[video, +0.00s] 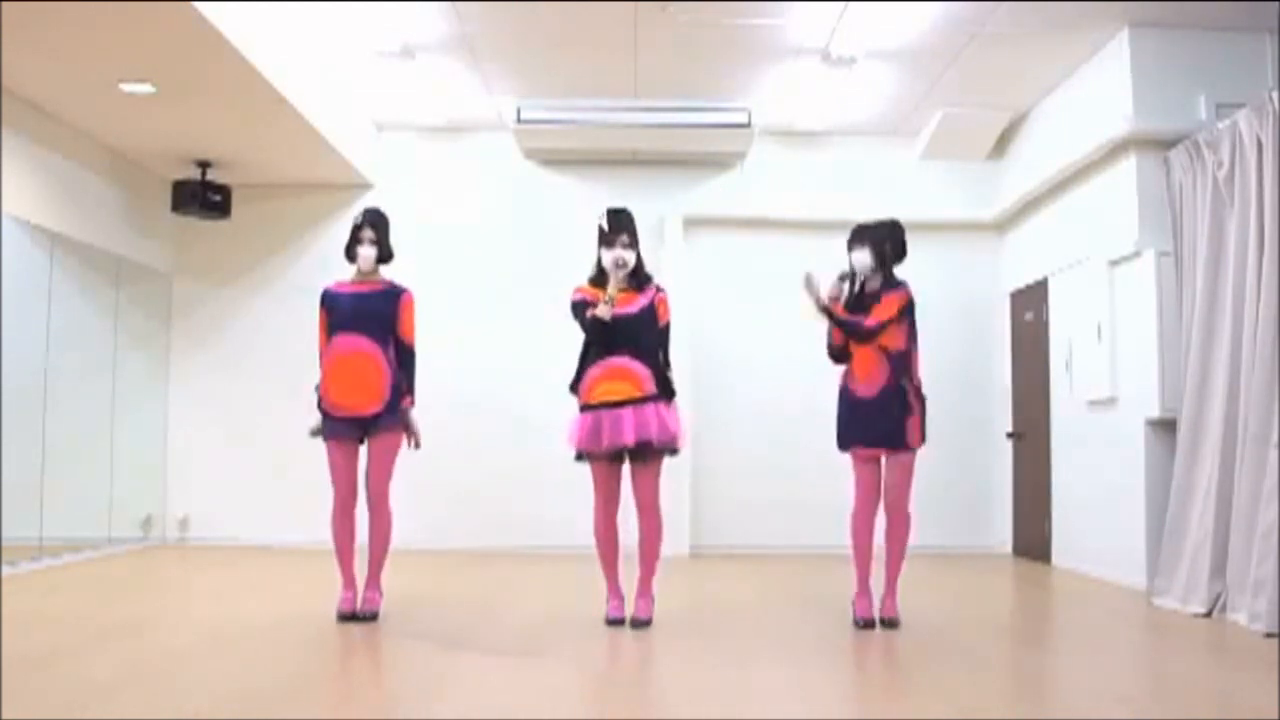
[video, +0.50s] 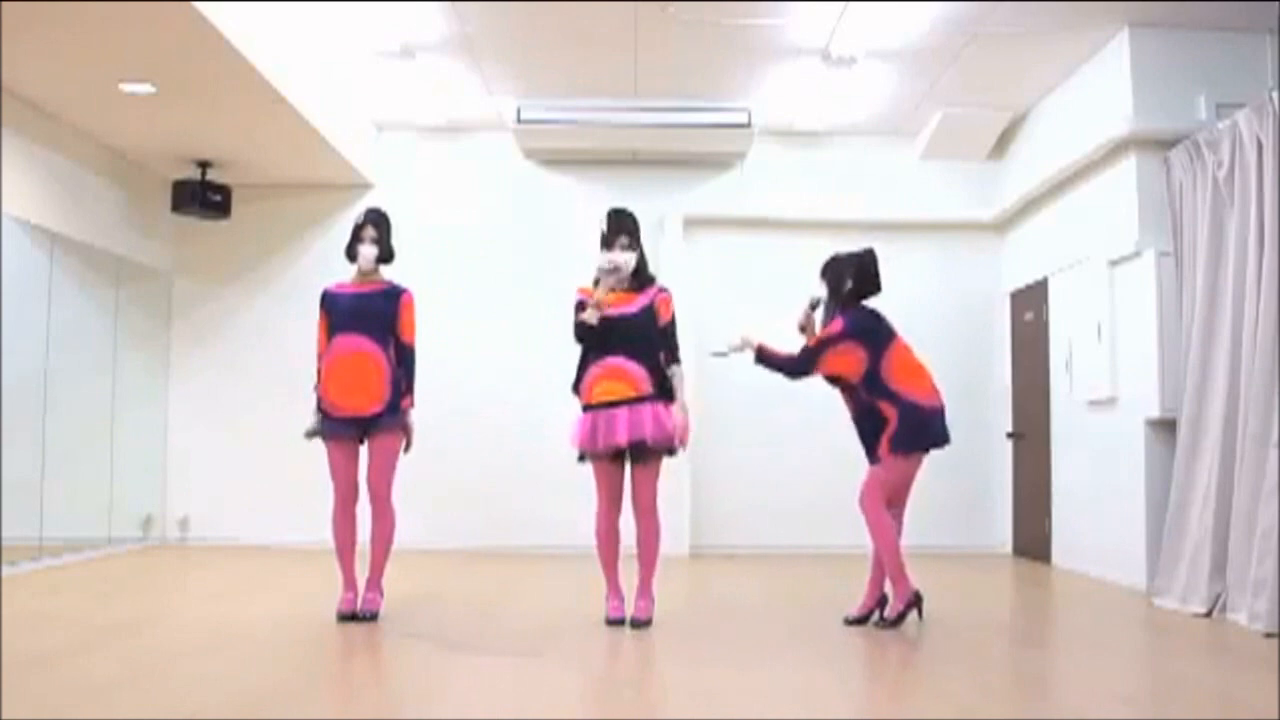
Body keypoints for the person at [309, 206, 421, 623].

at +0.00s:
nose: (365, 248)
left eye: (373, 242)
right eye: (359, 241)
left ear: (384, 249)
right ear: (351, 246)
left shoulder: (399, 296)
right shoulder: (332, 295)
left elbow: (406, 354)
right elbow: (325, 351)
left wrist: (407, 404)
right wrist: (324, 401)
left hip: (385, 403)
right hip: (339, 403)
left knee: (377, 493)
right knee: (344, 495)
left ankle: (373, 586)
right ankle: (348, 586)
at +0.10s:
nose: (365, 248)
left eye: (373, 242)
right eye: (359, 241)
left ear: (384, 249)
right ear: (351, 246)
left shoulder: (399, 296)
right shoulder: (332, 295)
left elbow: (406, 355)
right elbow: (325, 352)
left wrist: (407, 405)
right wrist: (323, 402)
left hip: (385, 404)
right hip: (339, 404)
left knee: (378, 495)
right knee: (344, 496)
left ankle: (373, 586)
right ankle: (348, 586)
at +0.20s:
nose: (366, 248)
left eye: (374, 242)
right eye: (360, 241)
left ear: (385, 249)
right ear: (351, 246)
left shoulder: (399, 297)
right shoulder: (332, 295)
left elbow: (406, 356)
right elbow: (325, 352)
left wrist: (407, 408)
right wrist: (323, 402)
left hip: (385, 404)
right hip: (339, 404)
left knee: (379, 495)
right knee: (345, 496)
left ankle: (373, 586)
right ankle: (348, 586)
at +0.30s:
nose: (367, 248)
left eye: (375, 242)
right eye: (361, 241)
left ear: (385, 249)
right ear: (351, 245)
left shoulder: (399, 297)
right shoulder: (332, 295)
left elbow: (406, 356)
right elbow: (325, 351)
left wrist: (406, 406)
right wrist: (323, 402)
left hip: (386, 405)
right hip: (339, 404)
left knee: (379, 494)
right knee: (344, 495)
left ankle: (373, 587)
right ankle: (348, 586)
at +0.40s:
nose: (367, 247)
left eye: (375, 242)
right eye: (361, 240)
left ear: (385, 249)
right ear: (351, 245)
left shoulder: (399, 297)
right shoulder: (332, 295)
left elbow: (406, 357)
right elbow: (325, 352)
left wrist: (406, 407)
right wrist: (322, 403)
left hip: (386, 406)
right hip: (339, 406)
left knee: (379, 493)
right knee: (344, 495)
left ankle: (374, 585)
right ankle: (348, 586)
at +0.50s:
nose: (367, 247)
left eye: (375, 241)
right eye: (361, 239)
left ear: (386, 248)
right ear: (351, 245)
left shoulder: (399, 297)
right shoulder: (332, 295)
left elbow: (406, 357)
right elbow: (322, 353)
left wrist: (406, 408)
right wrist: (320, 404)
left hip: (386, 408)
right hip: (339, 407)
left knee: (379, 494)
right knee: (344, 496)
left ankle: (374, 586)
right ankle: (348, 586)